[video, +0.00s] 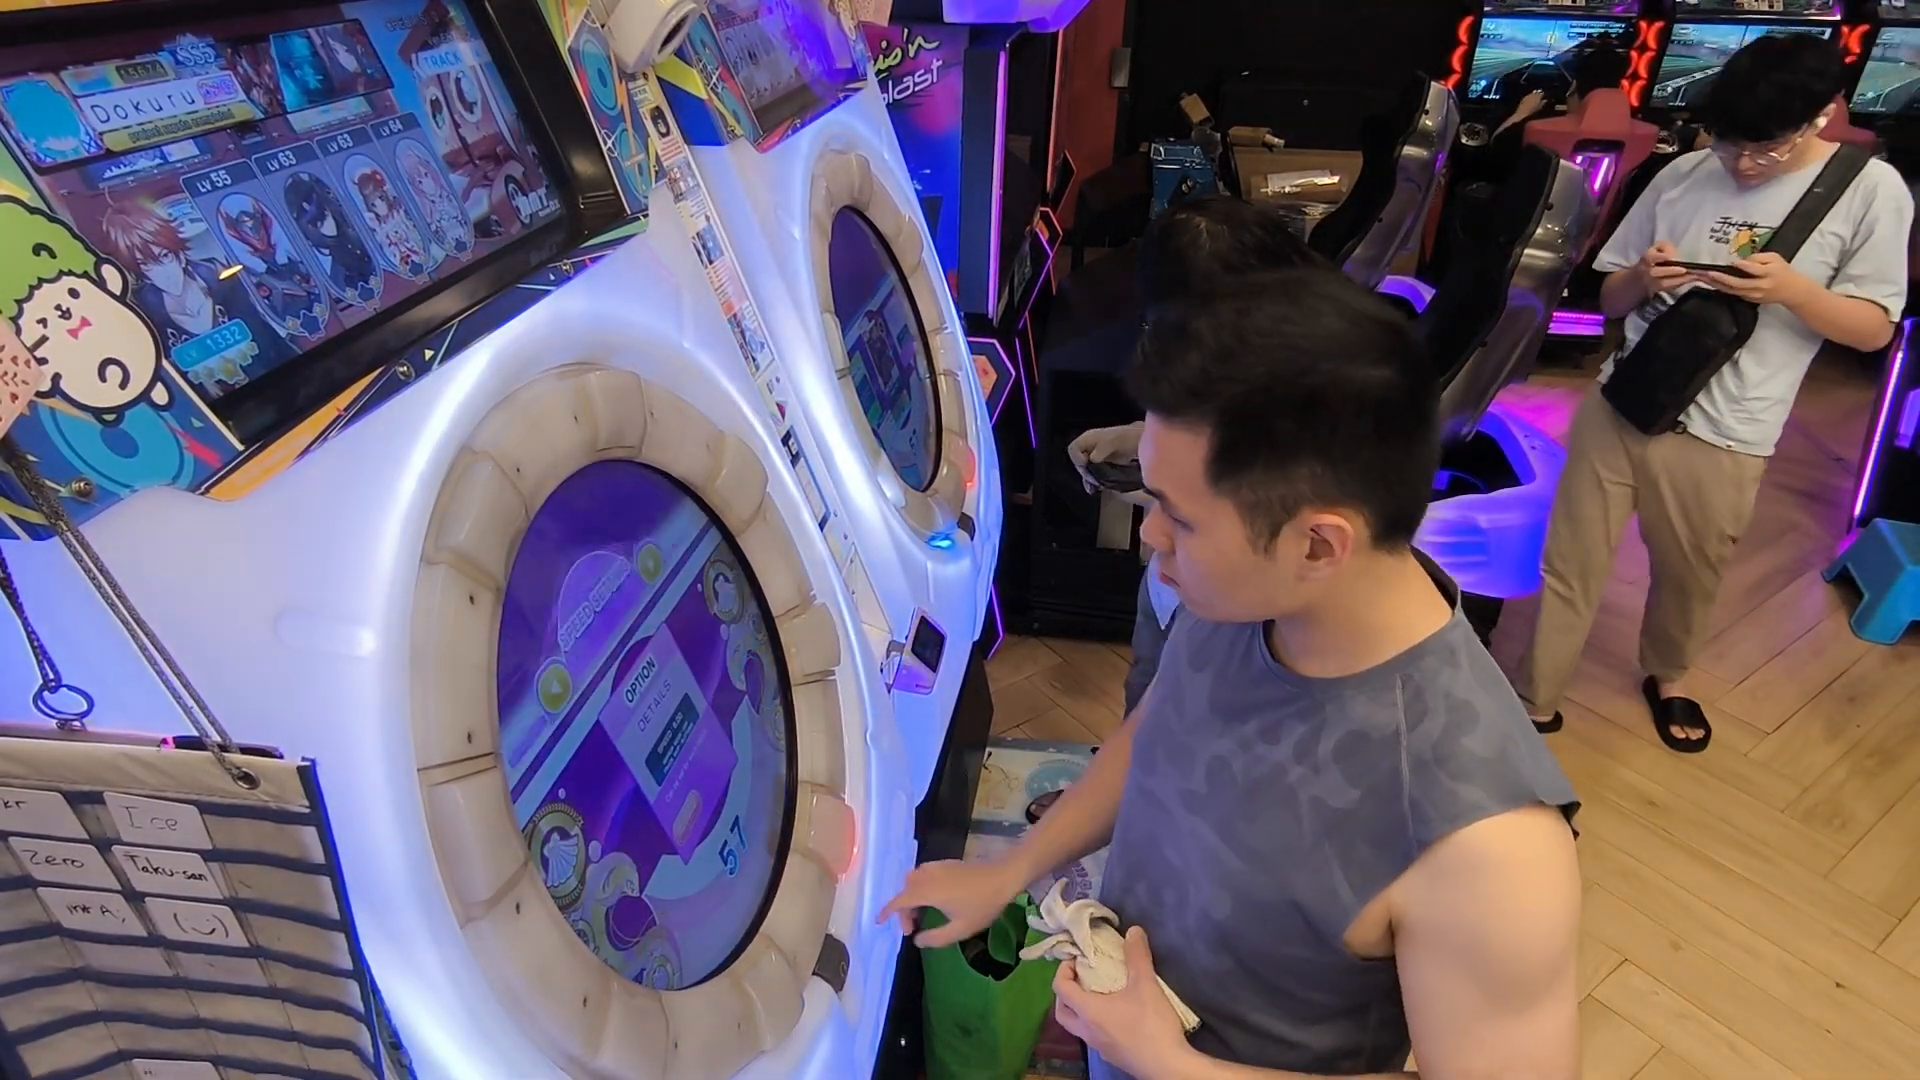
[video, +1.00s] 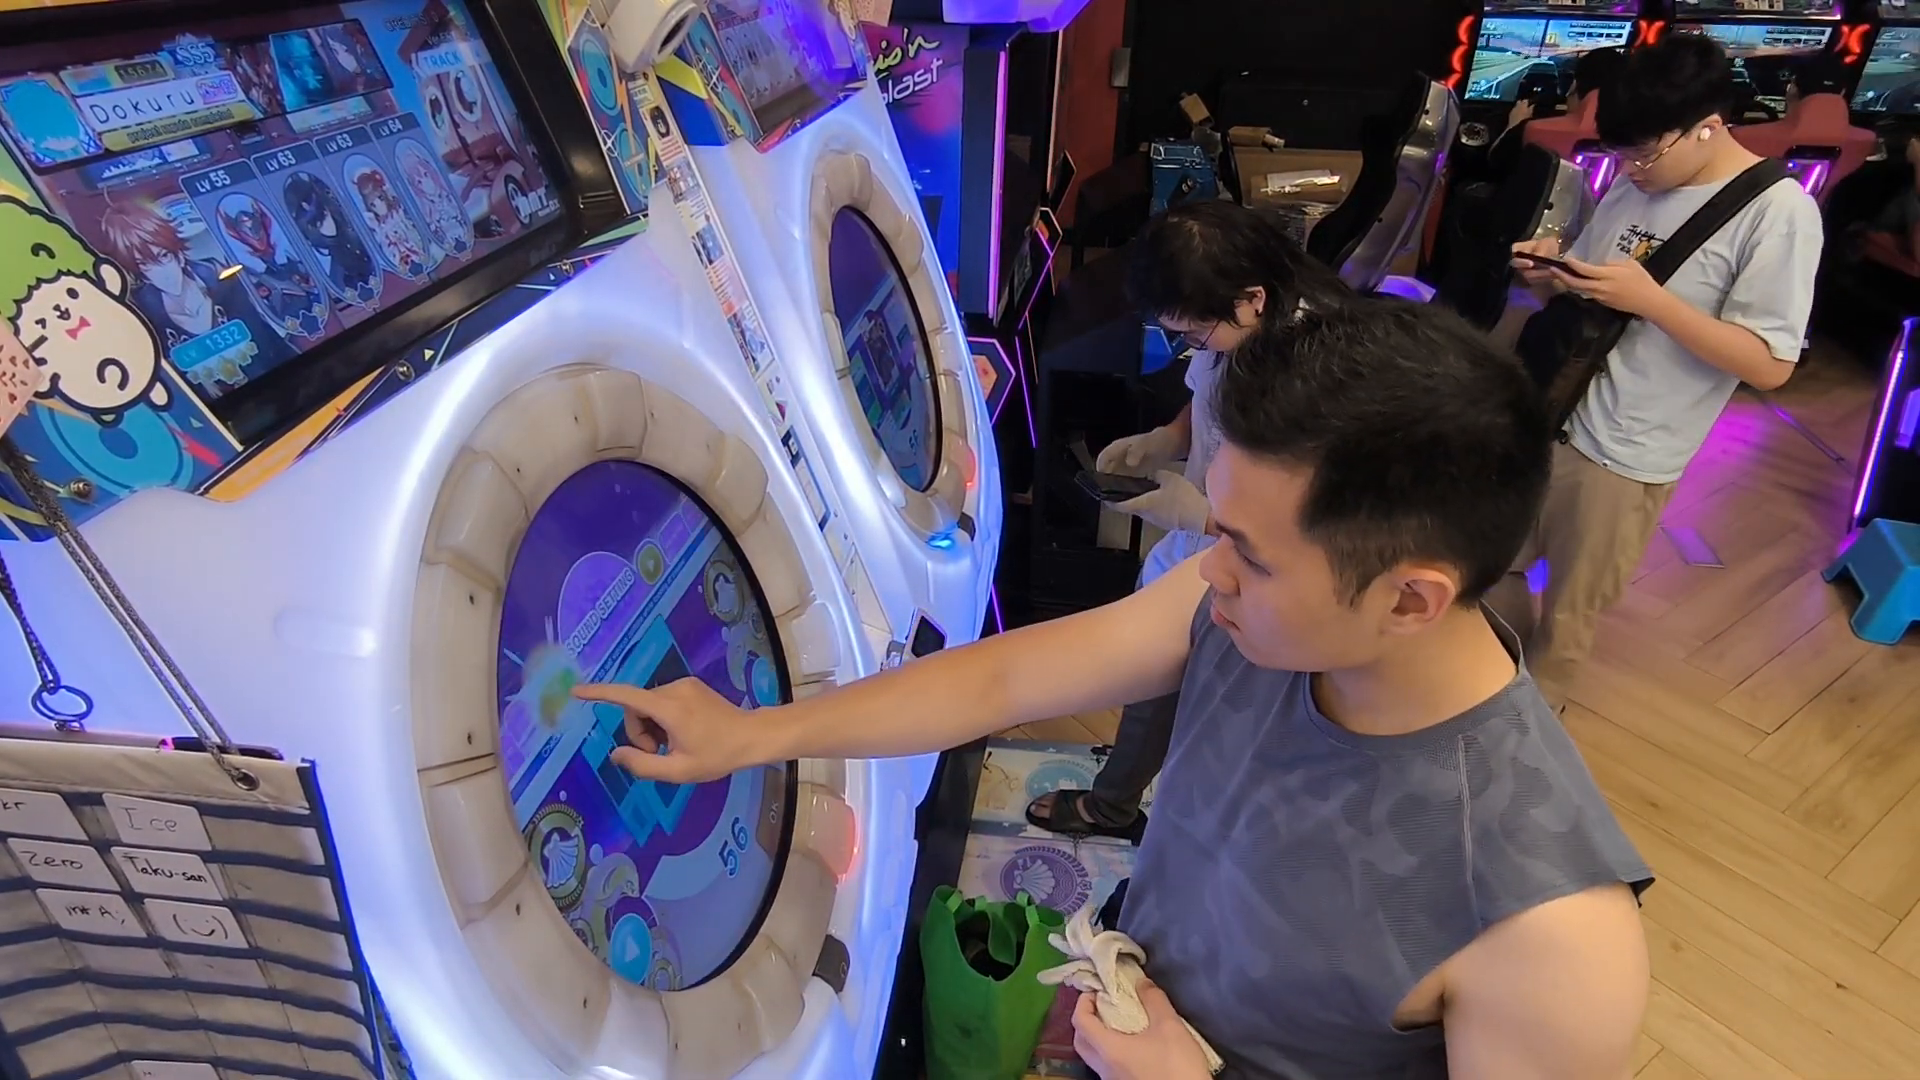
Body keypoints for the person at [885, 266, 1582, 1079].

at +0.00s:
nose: (1148, 535)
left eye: (1177, 520)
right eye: (1151, 500)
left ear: (1321, 548)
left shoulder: (1486, 840)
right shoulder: (1235, 599)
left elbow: (1465, 1066)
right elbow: (1147, 741)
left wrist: (1171, 1062)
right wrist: (1010, 871)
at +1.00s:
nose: (1204, 570)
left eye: (1247, 560)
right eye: (1217, 528)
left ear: (1414, 599)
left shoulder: (1546, 935)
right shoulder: (1246, 597)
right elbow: (1001, 684)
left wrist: (1202, 1079)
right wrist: (755, 730)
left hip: (1248, 1072)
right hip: (1106, 1010)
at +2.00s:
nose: (1193, 551)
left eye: (1224, 532)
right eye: (1200, 512)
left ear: (1379, 573)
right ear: (1369, 570)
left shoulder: (1463, 898)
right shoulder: (1286, 606)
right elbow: (1079, 723)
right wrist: (884, 835)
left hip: (1188, 1073)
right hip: (1123, 1014)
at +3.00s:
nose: (1224, 562)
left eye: (1276, 551)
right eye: (1240, 517)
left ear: (1434, 594)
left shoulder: (1475, 908)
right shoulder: (1280, 590)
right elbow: (1031, 679)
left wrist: (860, 1079)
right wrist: (806, 760)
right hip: (1130, 1001)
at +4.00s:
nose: (1233, 553)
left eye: (1283, 543)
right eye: (1248, 509)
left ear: (1443, 594)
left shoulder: (1492, 915)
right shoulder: (1284, 587)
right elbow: (1018, 656)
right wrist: (760, 719)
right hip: (1138, 1016)